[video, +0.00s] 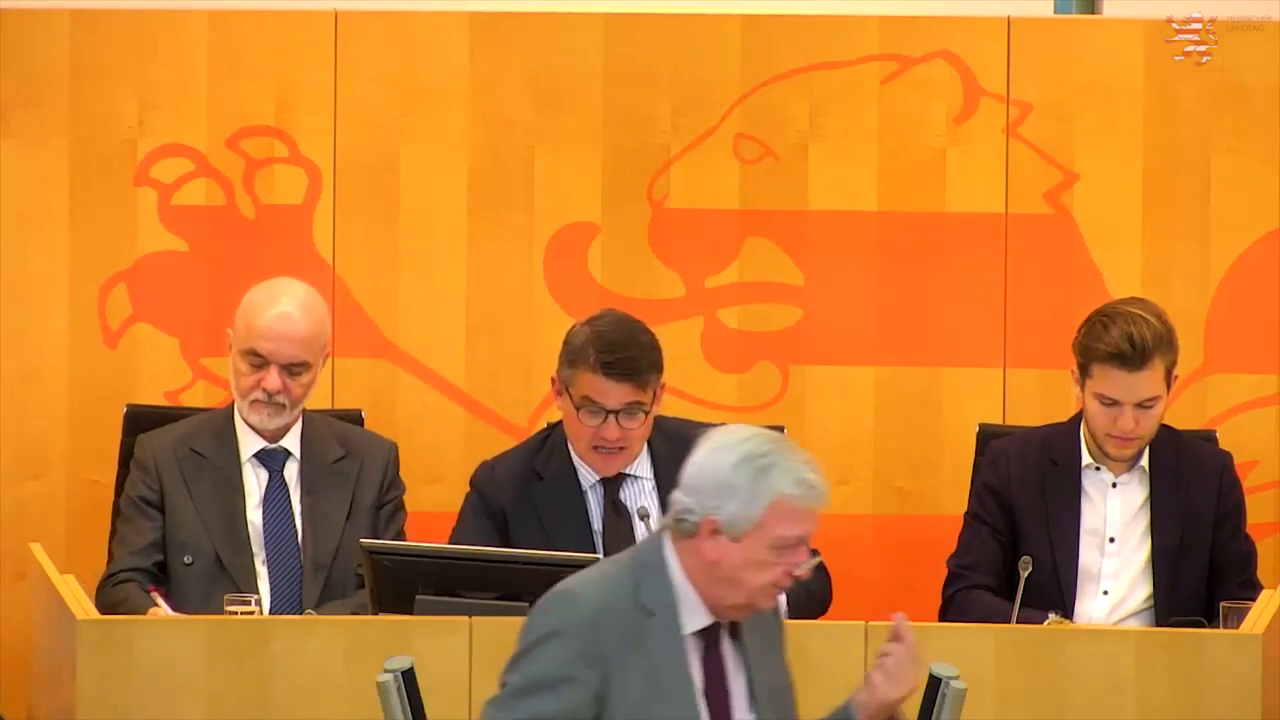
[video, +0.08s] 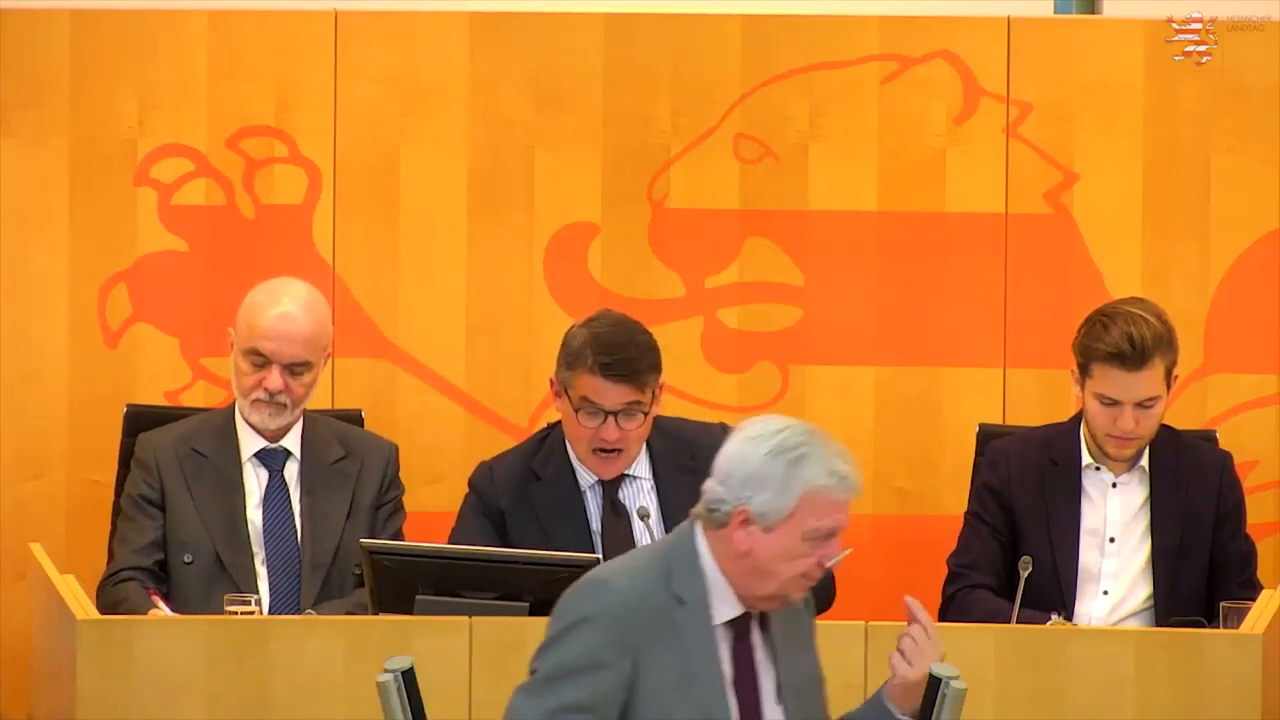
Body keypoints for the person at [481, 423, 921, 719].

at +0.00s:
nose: (802, 568)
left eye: (807, 547)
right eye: (785, 548)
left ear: (719, 540)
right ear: (713, 537)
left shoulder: (758, 605)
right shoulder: (580, 618)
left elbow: (775, 714)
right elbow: (515, 714)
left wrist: (864, 706)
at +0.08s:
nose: (833, 560)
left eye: (837, 538)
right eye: (817, 540)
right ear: (746, 529)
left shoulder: (784, 592)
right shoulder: (611, 607)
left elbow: (804, 717)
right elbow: (541, 714)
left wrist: (896, 701)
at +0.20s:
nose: (870, 547)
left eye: (875, 526)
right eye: (854, 527)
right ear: (779, 516)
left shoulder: (818, 591)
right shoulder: (650, 599)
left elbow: (846, 712)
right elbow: (577, 711)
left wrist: (911, 669)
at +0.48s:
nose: (901, 546)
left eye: (905, 524)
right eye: (885, 524)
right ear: (811, 511)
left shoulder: (842, 583)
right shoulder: (689, 590)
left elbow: (880, 710)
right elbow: (622, 711)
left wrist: (933, 644)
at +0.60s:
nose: (883, 560)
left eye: (891, 537)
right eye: (865, 536)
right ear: (793, 514)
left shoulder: (855, 587)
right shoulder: (672, 596)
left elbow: (885, 709)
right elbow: (602, 712)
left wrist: (929, 663)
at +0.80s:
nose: (826, 575)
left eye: (845, 552)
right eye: (805, 553)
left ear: (861, 531)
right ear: (744, 519)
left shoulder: (870, 588)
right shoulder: (630, 592)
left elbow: (897, 717)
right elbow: (562, 712)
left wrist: (904, 672)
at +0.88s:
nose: (804, 579)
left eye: (823, 556)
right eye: (782, 557)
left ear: (843, 531)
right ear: (726, 524)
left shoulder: (876, 585)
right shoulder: (616, 594)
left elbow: (903, 717)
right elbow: (551, 715)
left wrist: (889, 672)